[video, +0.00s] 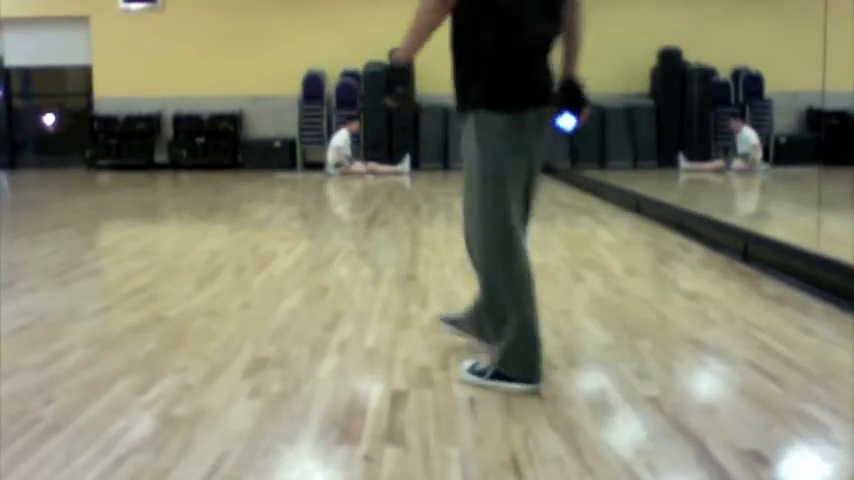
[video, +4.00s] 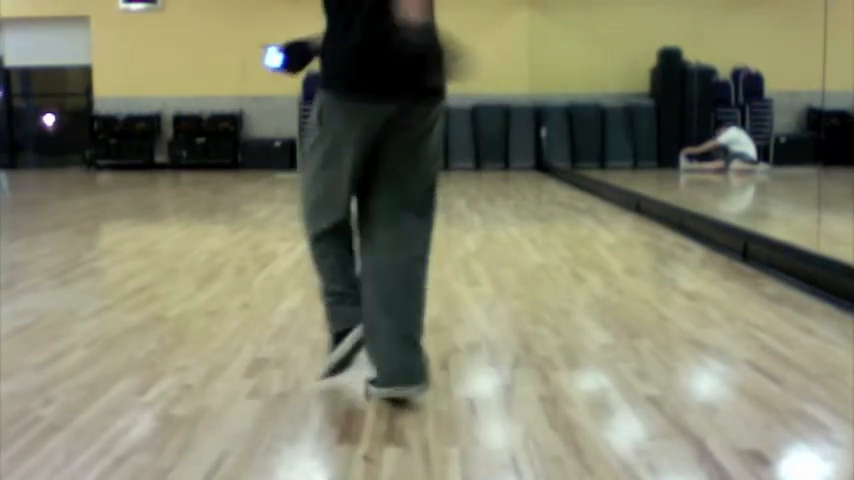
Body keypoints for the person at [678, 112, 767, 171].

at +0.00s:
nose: (730, 127)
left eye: (732, 124)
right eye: (730, 124)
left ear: (738, 122)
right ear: (734, 123)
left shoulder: (747, 133)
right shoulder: (740, 133)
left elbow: (757, 149)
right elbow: (741, 150)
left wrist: (750, 165)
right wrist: (738, 160)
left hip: (748, 164)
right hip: (741, 161)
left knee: (721, 164)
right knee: (719, 163)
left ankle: (688, 166)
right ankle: (688, 165)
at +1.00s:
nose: (718, 130)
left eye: (720, 127)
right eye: (718, 127)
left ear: (724, 126)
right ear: (729, 125)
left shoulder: (732, 133)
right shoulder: (733, 133)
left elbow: (710, 144)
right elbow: (711, 144)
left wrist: (689, 149)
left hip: (745, 161)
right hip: (734, 161)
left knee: (734, 168)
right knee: (715, 166)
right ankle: (690, 166)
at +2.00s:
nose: (719, 133)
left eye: (720, 130)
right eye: (719, 131)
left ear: (725, 128)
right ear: (728, 126)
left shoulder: (731, 132)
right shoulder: (733, 132)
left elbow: (709, 146)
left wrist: (689, 151)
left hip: (746, 160)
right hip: (734, 159)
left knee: (733, 168)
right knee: (714, 166)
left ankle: (753, 171)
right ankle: (690, 166)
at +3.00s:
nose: (719, 135)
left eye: (720, 132)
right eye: (719, 133)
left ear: (724, 129)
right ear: (727, 127)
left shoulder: (731, 132)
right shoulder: (733, 132)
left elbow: (711, 145)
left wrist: (688, 151)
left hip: (744, 159)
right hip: (734, 159)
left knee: (733, 168)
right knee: (716, 165)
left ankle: (755, 171)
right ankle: (695, 166)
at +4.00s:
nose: (719, 135)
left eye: (719, 132)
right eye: (719, 133)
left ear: (723, 129)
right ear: (727, 127)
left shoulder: (732, 132)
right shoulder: (734, 132)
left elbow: (710, 146)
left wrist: (688, 151)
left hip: (744, 159)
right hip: (734, 159)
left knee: (733, 170)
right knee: (715, 165)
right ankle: (692, 166)